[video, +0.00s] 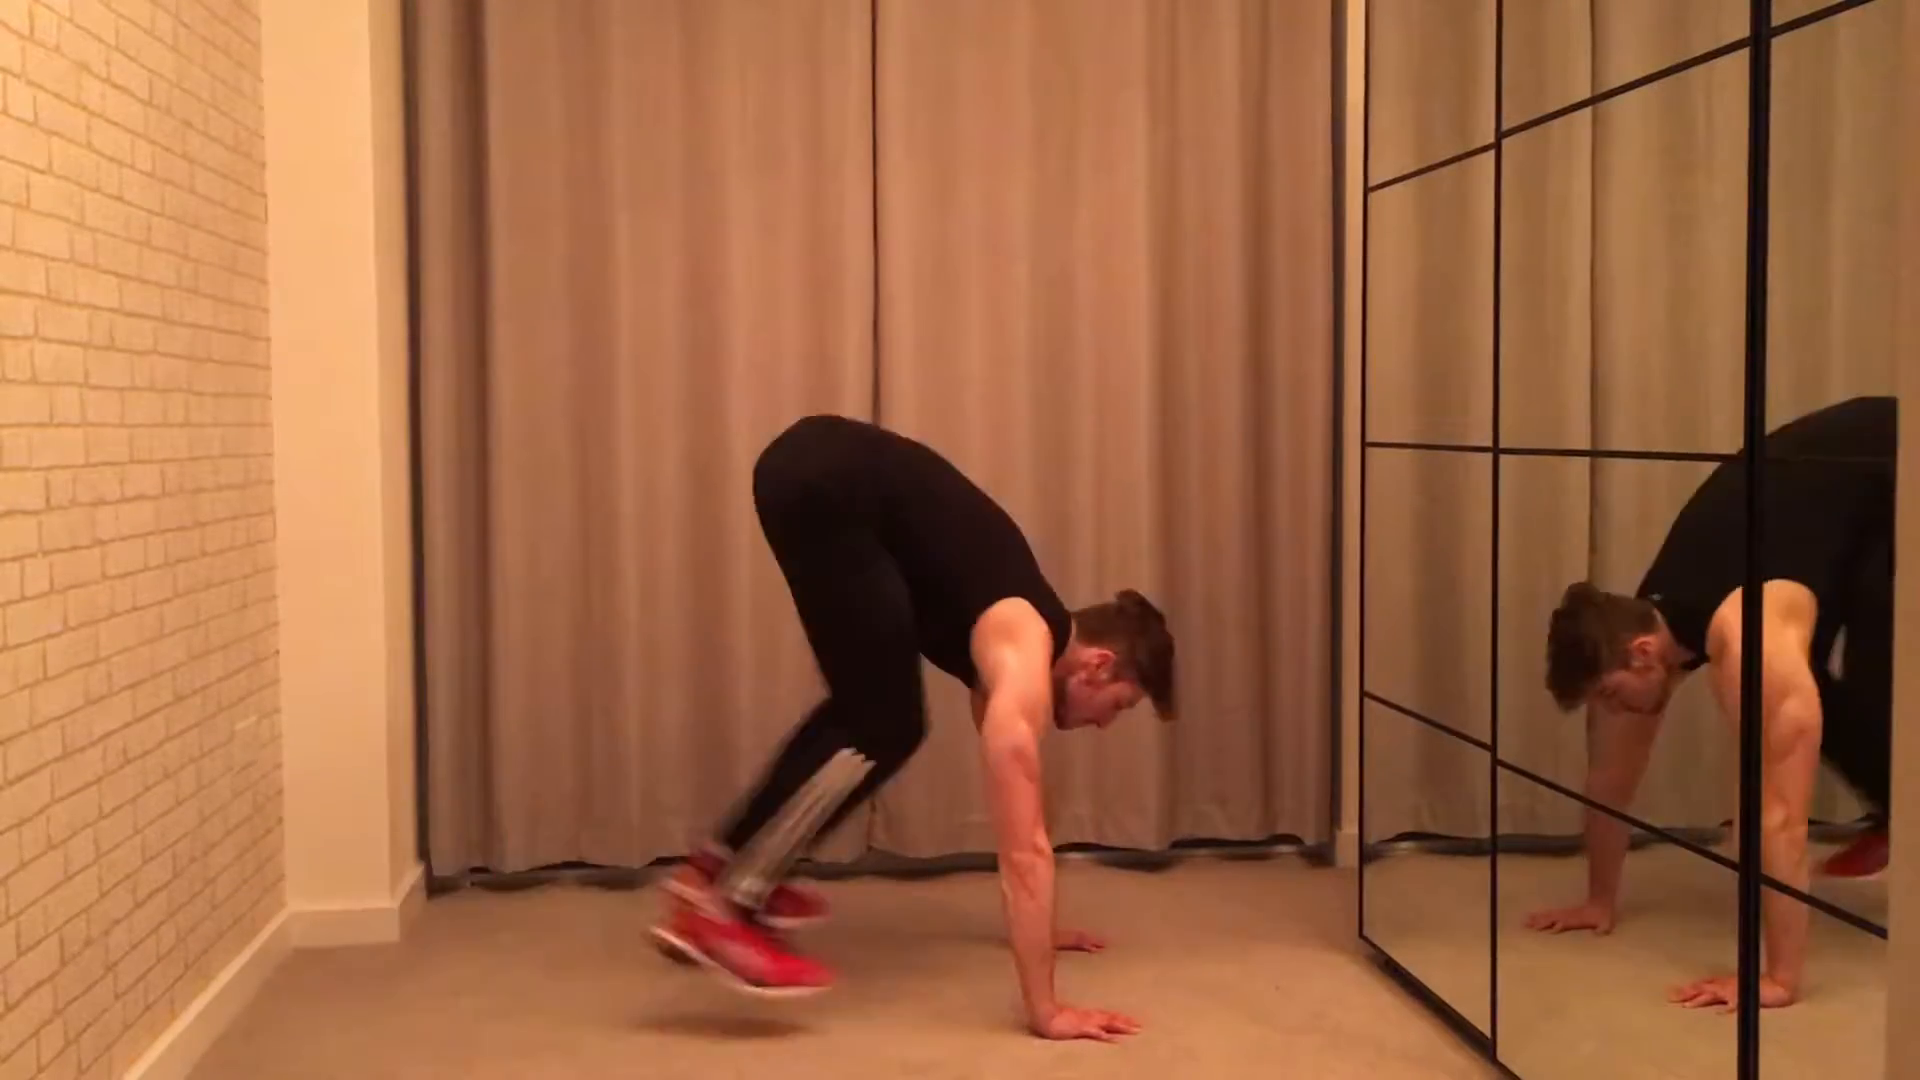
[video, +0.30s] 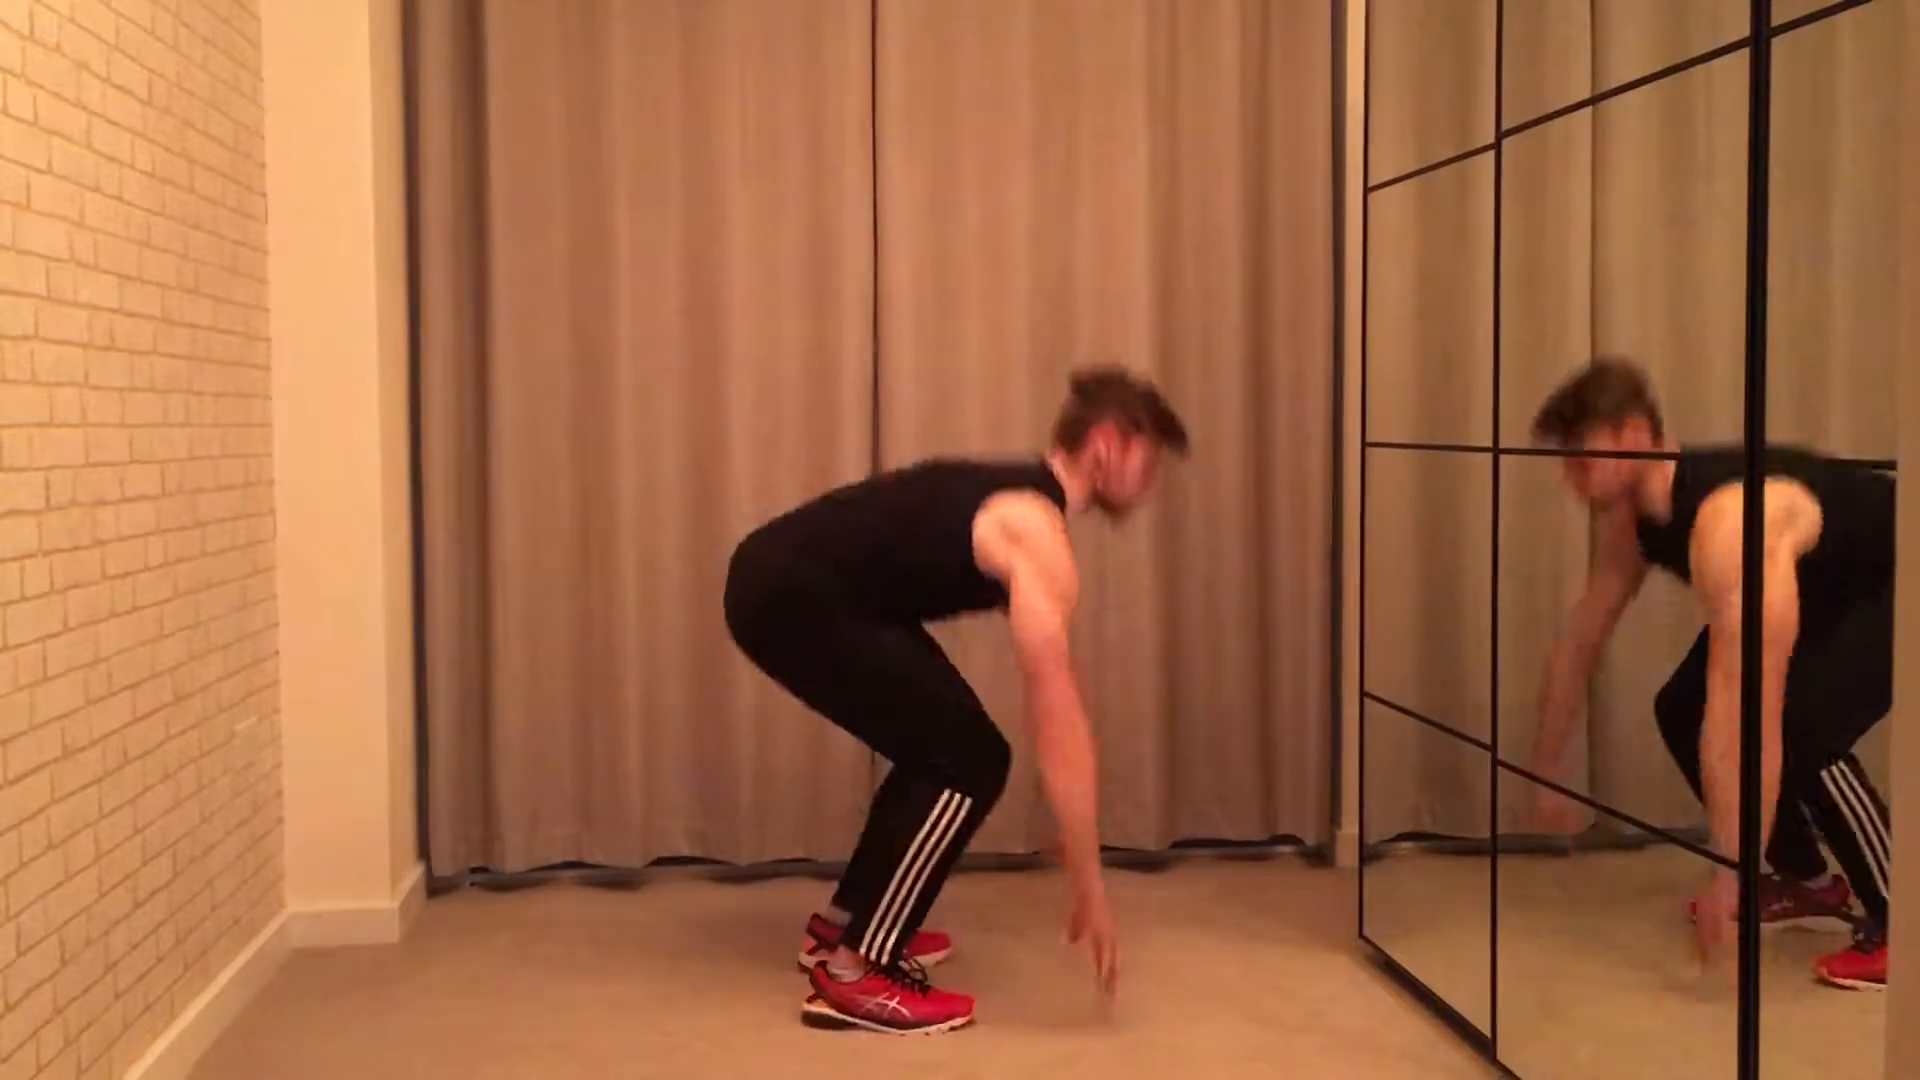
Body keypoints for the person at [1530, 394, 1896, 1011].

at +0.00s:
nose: (1618, 710)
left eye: (1613, 695)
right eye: (1604, 702)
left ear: (1644, 653)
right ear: (1638, 648)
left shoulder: (1753, 644)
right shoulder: (1648, 623)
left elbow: (1784, 819)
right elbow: (1611, 775)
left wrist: (1781, 978)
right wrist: (1600, 902)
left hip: (1896, 454)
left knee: (1871, 686)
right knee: (1799, 682)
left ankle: (1899, 814)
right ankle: (1893, 810)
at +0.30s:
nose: (1571, 477)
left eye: (1582, 455)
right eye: (1567, 459)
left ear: (1634, 436)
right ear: (1632, 440)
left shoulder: (1733, 524)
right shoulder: (1630, 508)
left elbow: (1744, 715)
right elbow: (1582, 638)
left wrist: (1731, 868)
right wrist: (1547, 772)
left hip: (1893, 578)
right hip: (1812, 577)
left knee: (1799, 738)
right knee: (1687, 712)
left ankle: (1895, 926)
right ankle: (1803, 877)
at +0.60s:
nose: (1596, 119)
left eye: (1602, 96)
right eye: (1585, 104)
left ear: (1649, 63)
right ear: (1599, 91)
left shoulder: (1756, 150)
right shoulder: (1648, 169)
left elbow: (1828, 310)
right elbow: (1673, 324)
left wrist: (1852, 464)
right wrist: (1677, 447)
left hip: (1819, 383)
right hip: (1734, 387)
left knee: (1828, 615)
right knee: (1715, 603)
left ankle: (1864, 850)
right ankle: (1739, 797)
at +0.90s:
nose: (1544, 218)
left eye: (1546, 195)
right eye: (1531, 204)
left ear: (1589, 159)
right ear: (1556, 183)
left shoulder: (1708, 237)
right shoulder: (1615, 261)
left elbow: (1825, 363)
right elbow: (1650, 390)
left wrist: (1884, 511)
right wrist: (1691, 465)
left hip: (1798, 468)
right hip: (1705, 463)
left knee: (1726, 661)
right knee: (1640, 636)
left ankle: (1707, 873)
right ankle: (1607, 828)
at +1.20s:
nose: (1542, 547)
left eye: (1549, 524)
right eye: (1535, 528)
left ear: (1600, 504)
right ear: (1594, 511)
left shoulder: (1706, 595)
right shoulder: (1613, 582)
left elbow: (1825, 746)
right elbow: (1667, 690)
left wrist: (1869, 895)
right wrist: (1699, 806)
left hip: (1833, 727)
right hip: (1746, 696)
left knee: (1636, 719)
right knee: (1553, 703)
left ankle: (1693, 927)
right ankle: (1612, 888)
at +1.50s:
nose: (1807, 598)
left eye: (1825, 581)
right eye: (1803, 581)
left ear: (1878, 587)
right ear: (1795, 584)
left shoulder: (1890, 671)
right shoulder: (1805, 664)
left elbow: (1903, 816)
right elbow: (1765, 777)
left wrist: (1900, 957)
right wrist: (1718, 890)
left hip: (1807, 908)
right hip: (1743, 889)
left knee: (1726, 713)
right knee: (1630, 679)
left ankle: (1612, 898)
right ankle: (1583, 882)